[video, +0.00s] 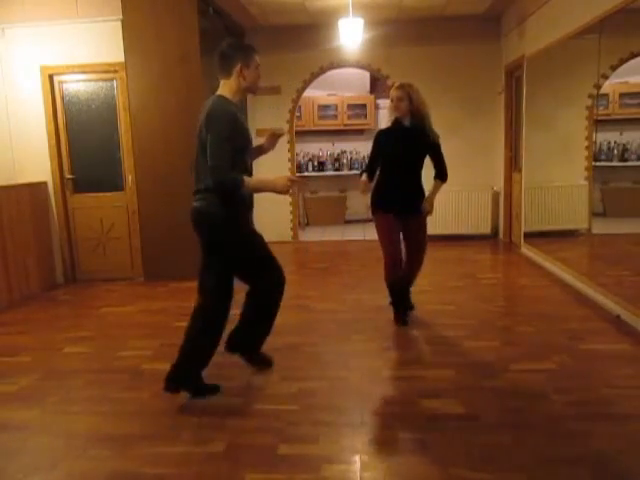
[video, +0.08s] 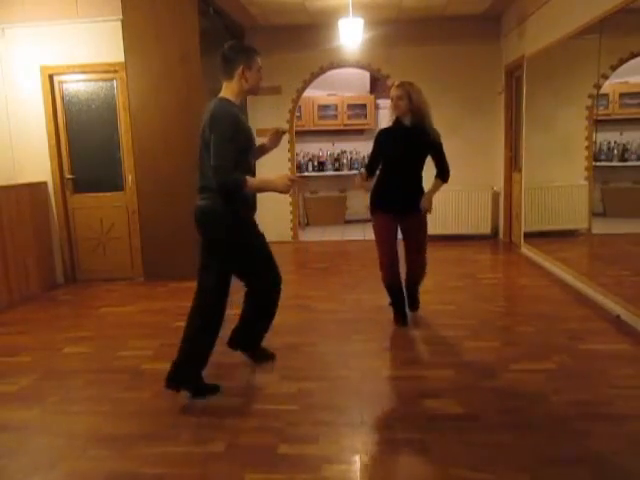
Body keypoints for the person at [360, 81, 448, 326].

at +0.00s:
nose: (394, 104)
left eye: (400, 100)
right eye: (392, 100)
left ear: (411, 102)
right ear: (389, 103)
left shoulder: (424, 134)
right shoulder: (383, 135)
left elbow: (441, 171)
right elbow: (372, 165)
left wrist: (431, 197)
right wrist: (366, 179)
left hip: (412, 200)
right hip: (384, 200)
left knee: (416, 254)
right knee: (392, 255)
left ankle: (403, 289)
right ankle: (399, 308)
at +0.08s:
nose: (394, 103)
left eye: (399, 98)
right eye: (392, 99)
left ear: (411, 100)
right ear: (391, 102)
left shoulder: (427, 134)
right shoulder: (384, 135)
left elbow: (443, 172)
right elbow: (371, 166)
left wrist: (430, 194)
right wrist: (365, 178)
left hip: (413, 201)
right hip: (383, 201)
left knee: (416, 259)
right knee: (388, 261)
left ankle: (412, 289)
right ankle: (398, 308)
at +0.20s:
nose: (394, 102)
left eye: (399, 96)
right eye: (392, 97)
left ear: (413, 98)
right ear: (392, 101)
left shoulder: (429, 132)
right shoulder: (389, 134)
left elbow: (445, 171)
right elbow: (372, 167)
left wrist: (425, 193)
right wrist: (362, 168)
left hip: (410, 202)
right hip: (383, 200)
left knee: (404, 260)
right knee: (386, 262)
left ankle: (406, 317)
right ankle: (400, 311)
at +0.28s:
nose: (393, 100)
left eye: (398, 95)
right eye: (392, 96)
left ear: (412, 96)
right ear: (394, 99)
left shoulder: (429, 130)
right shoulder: (391, 133)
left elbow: (444, 170)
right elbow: (374, 166)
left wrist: (422, 192)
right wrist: (360, 166)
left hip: (410, 202)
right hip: (385, 200)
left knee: (400, 264)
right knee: (387, 264)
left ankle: (399, 330)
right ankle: (401, 319)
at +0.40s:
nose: (392, 98)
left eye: (396, 93)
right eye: (392, 93)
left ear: (411, 95)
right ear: (400, 96)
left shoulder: (427, 128)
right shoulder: (398, 131)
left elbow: (438, 169)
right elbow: (377, 167)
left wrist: (414, 193)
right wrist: (353, 162)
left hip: (412, 204)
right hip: (391, 202)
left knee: (394, 265)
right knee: (394, 262)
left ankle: (397, 330)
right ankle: (414, 304)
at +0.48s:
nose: (393, 97)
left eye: (397, 91)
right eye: (392, 92)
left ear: (412, 94)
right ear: (401, 94)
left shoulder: (424, 125)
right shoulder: (401, 128)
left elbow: (436, 169)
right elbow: (380, 168)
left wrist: (410, 194)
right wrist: (352, 162)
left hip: (413, 206)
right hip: (394, 206)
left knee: (394, 268)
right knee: (395, 265)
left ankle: (399, 334)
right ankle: (429, 306)